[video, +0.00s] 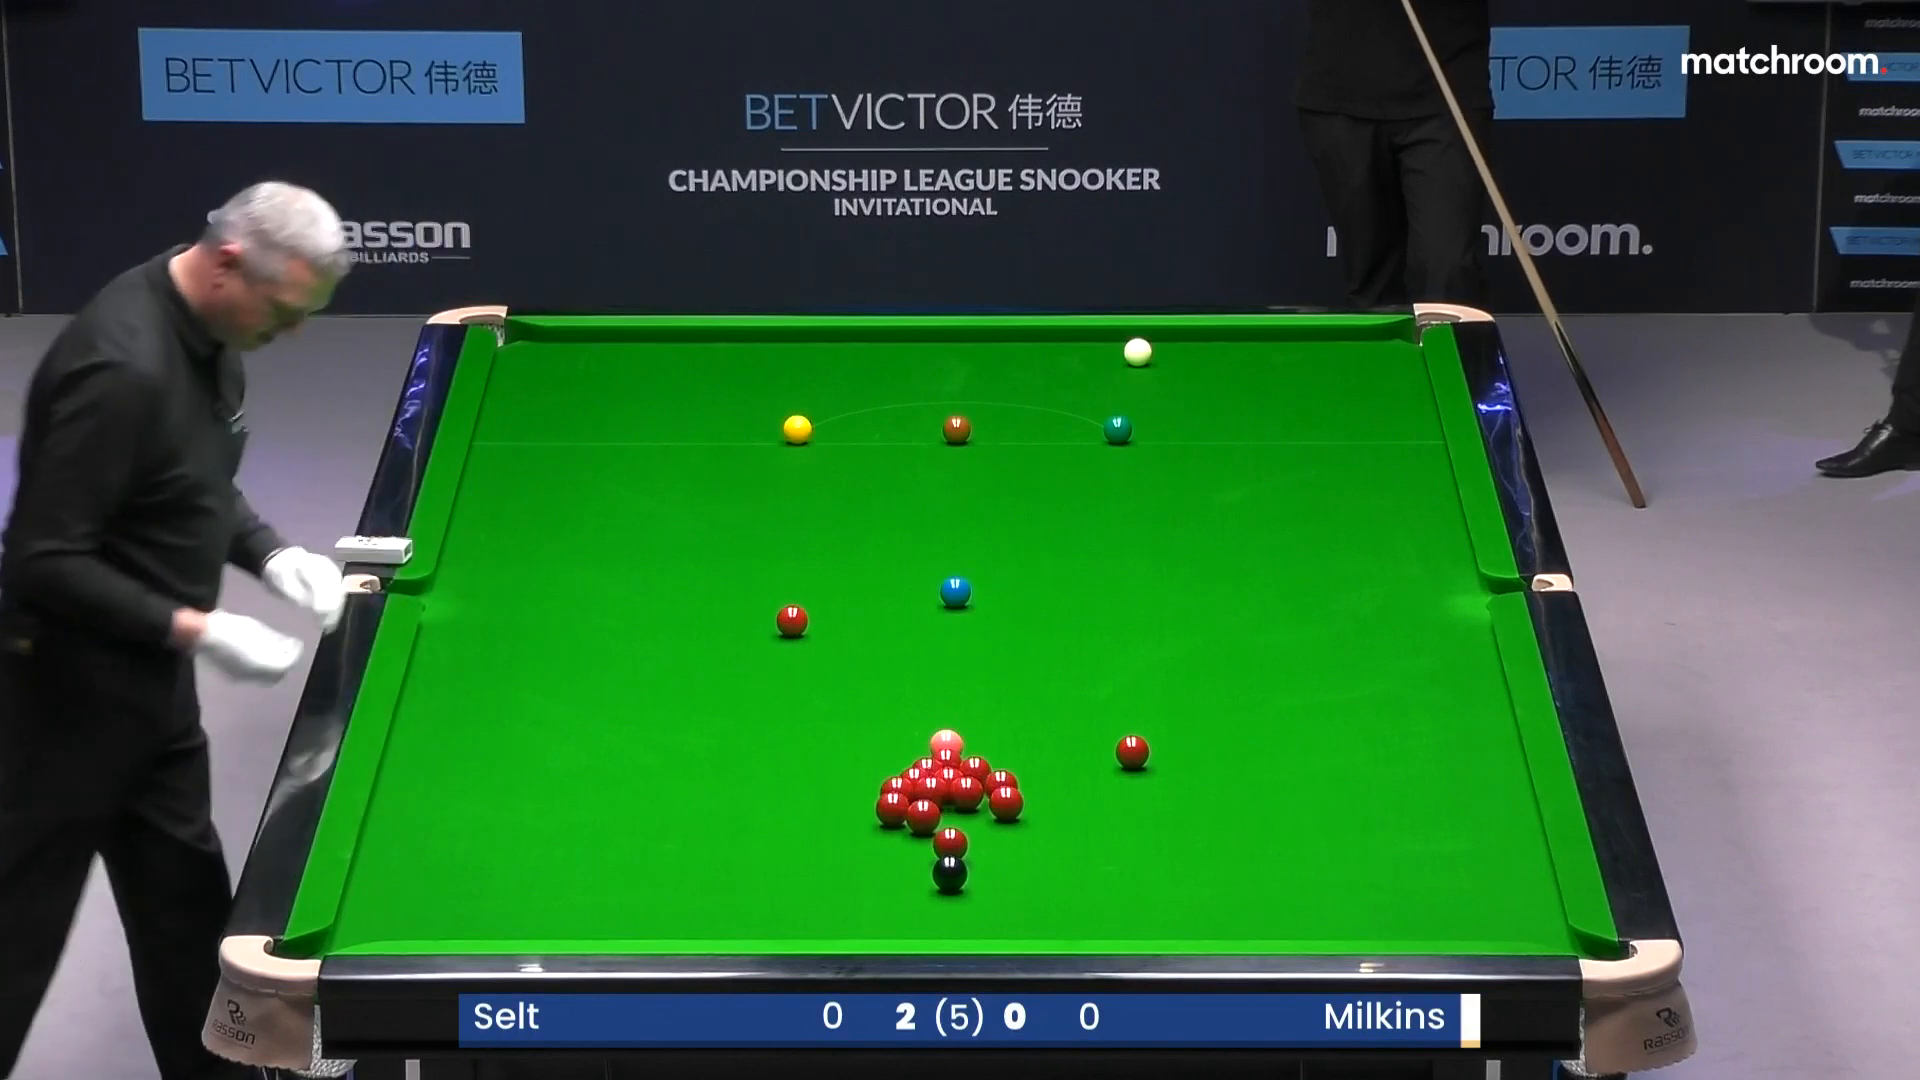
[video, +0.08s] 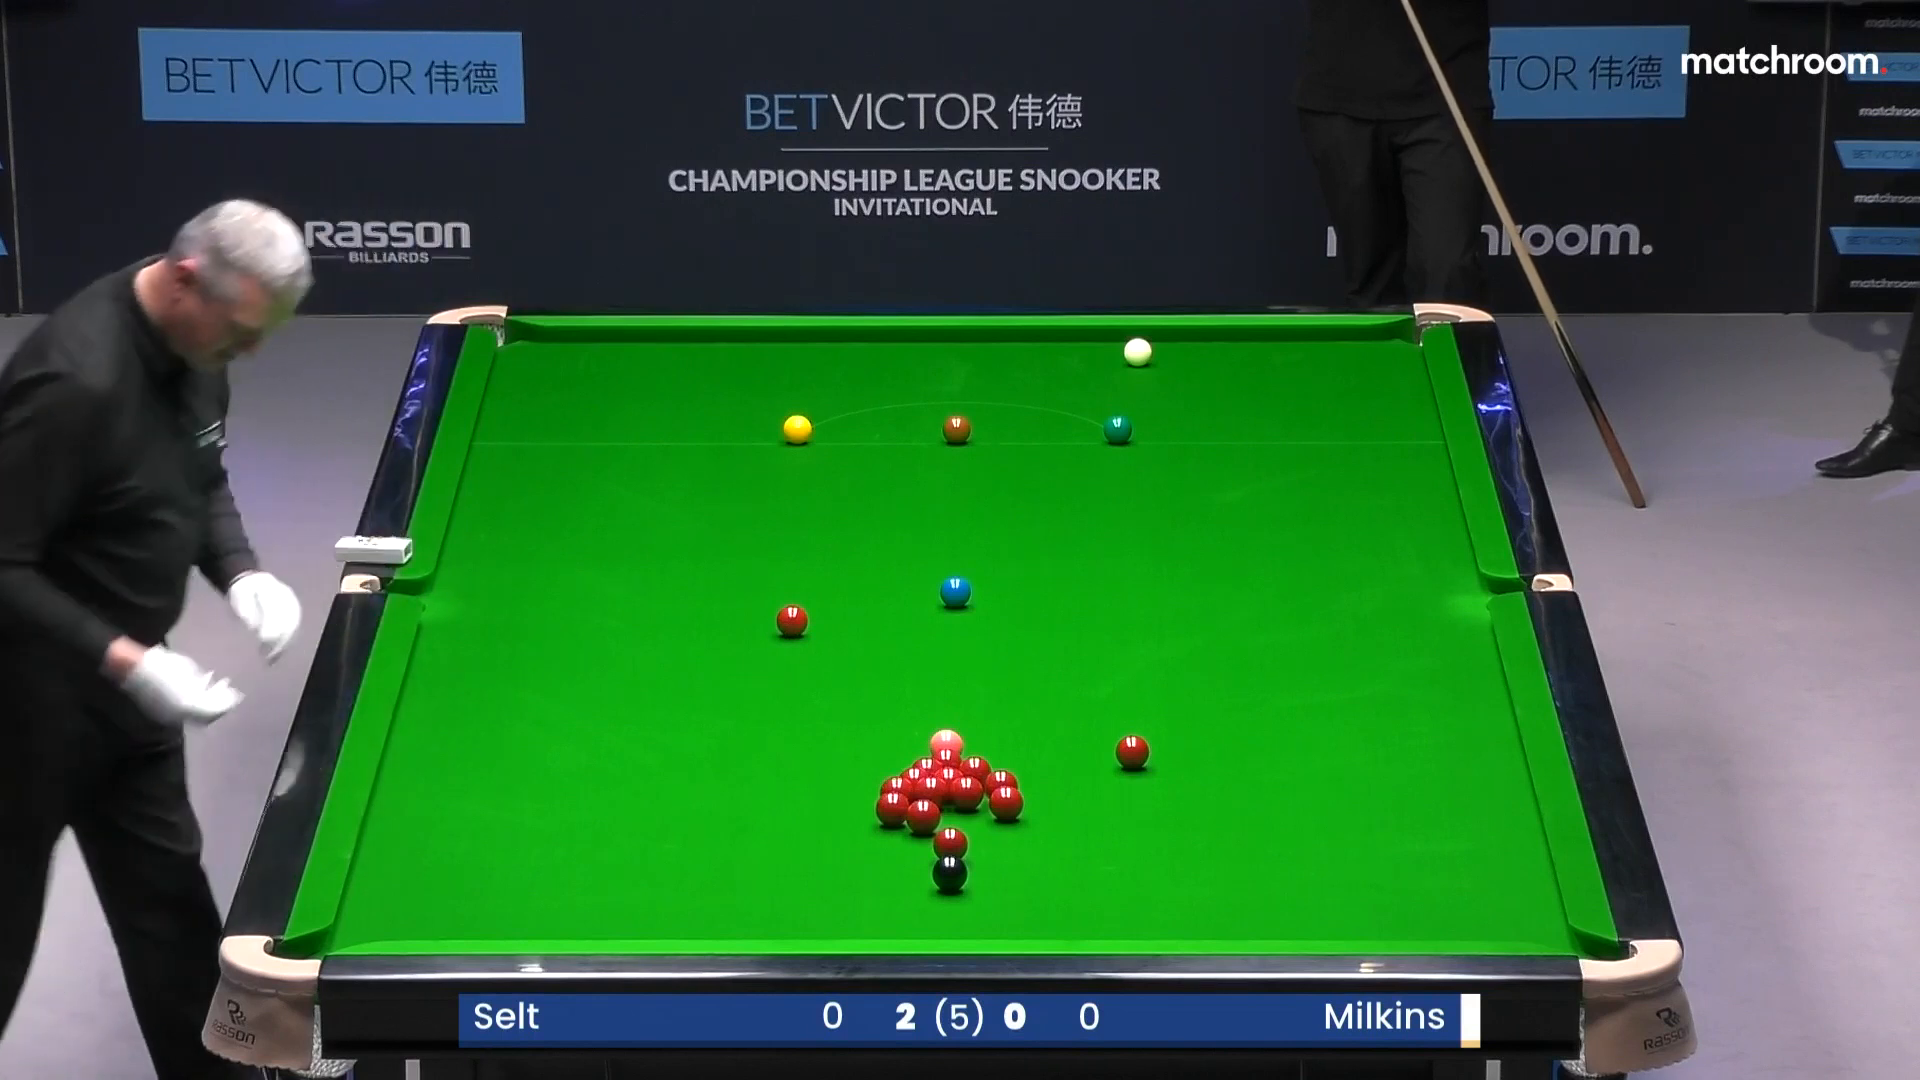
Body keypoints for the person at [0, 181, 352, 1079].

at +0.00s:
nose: (282, 333)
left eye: (295, 319)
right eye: (280, 312)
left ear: (233, 264)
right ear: (227, 263)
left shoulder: (196, 328)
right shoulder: (119, 364)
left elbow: (199, 486)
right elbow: (40, 556)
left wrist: (276, 558)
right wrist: (192, 626)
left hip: (149, 686)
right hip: (58, 693)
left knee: (186, 923)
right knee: (15, 945)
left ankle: (206, 1070)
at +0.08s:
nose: (243, 355)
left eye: (255, 340)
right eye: (237, 334)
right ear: (179, 280)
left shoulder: (189, 336)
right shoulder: (74, 377)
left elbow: (201, 476)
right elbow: (5, 561)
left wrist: (241, 571)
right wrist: (121, 654)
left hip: (126, 688)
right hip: (27, 696)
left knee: (170, 915)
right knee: (2, 935)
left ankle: (202, 1070)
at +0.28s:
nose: (140, 397)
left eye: (158, 383)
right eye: (130, 377)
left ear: (182, 352)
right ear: (76, 317)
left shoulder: (166, 378)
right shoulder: (3, 377)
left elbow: (188, 517)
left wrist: (175, 638)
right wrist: (14, 708)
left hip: (78, 691)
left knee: (137, 900)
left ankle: (180, 1066)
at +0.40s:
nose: (98, 413)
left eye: (119, 399)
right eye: (88, 394)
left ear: (143, 360)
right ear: (37, 333)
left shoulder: (143, 383)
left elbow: (169, 547)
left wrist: (145, 701)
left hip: (58, 680)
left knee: (107, 896)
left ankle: (151, 1074)